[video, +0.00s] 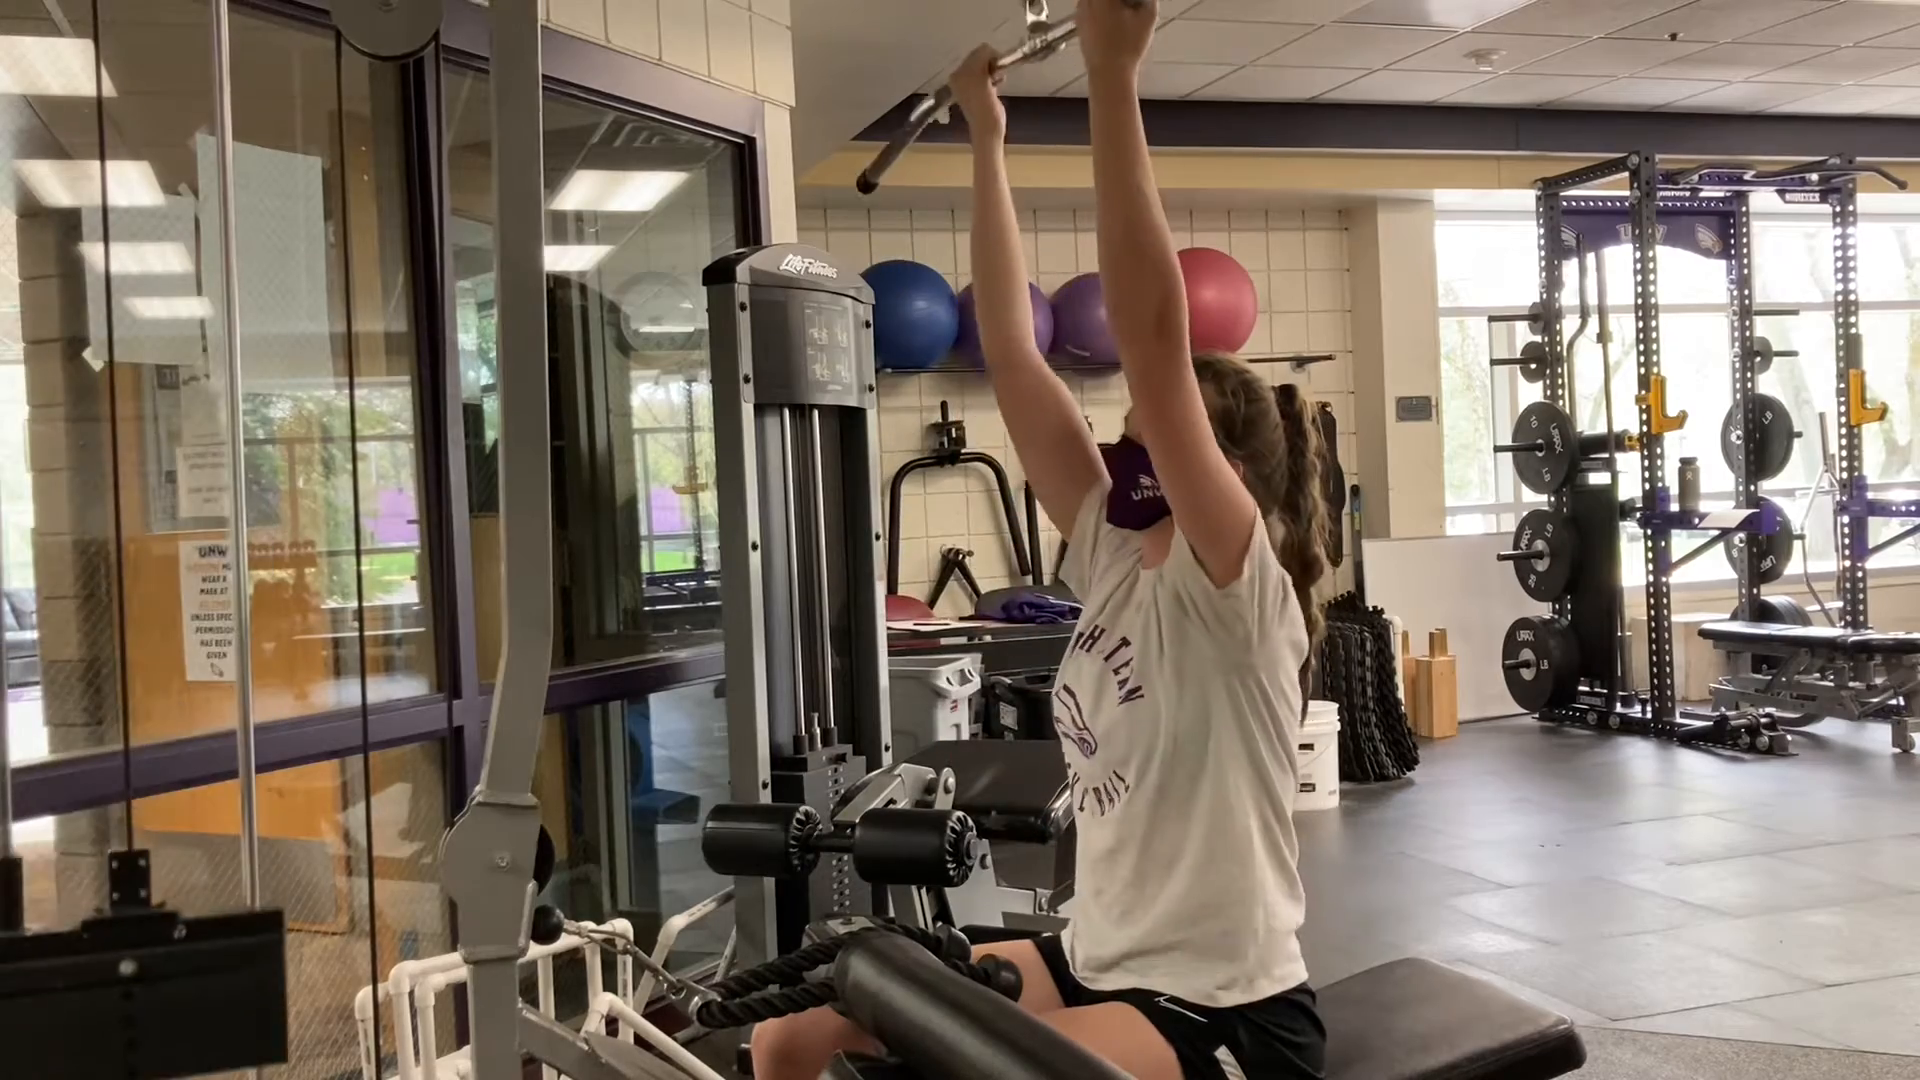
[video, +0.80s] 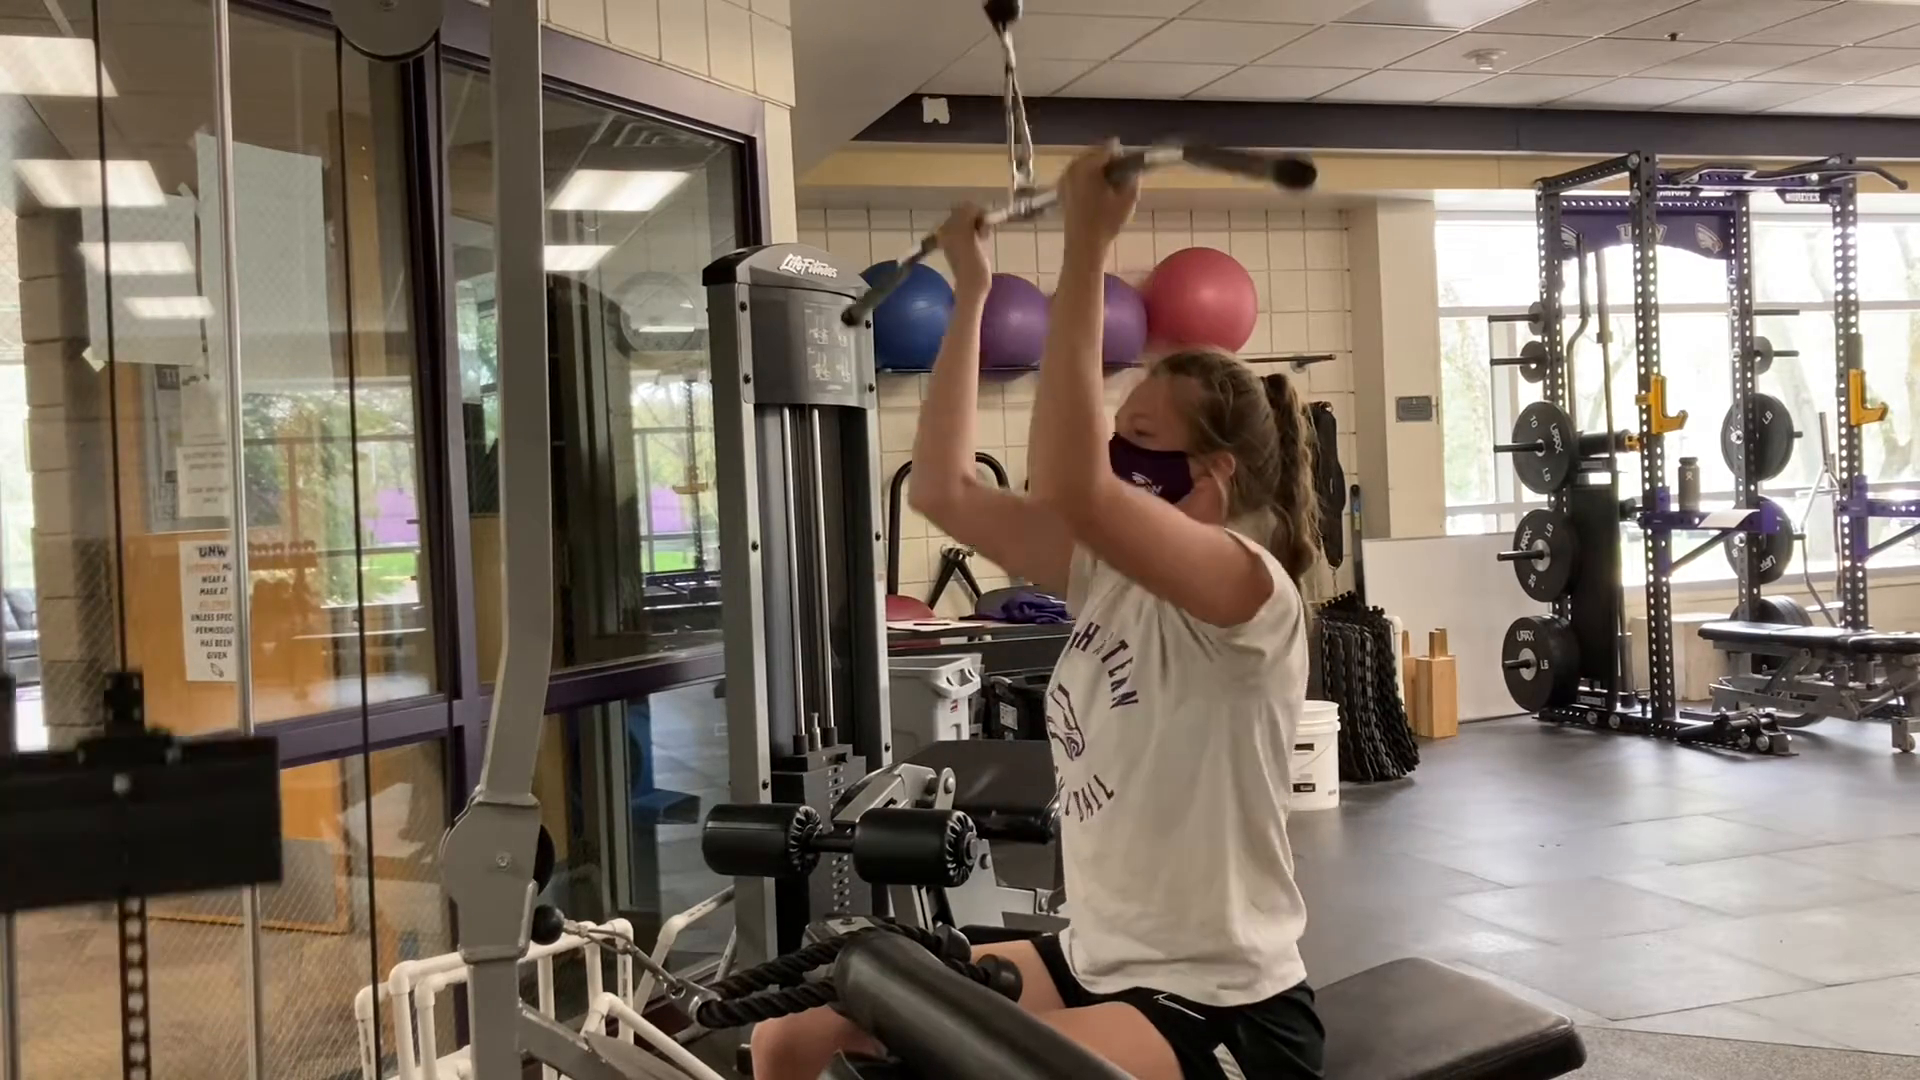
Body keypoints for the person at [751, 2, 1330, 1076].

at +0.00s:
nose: (1141, 436)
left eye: (1174, 412)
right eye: (1147, 415)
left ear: (1230, 452)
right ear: (1147, 436)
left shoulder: (1242, 581)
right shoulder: (1104, 550)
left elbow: (1153, 343)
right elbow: (1011, 349)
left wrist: (1112, 75)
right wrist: (984, 133)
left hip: (1223, 1010)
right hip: (1094, 971)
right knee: (790, 1045)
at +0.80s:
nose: (1112, 465)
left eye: (1139, 453)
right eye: (1112, 443)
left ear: (1213, 480)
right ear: (1096, 436)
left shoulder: (1246, 588)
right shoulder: (1102, 566)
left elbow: (1073, 488)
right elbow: (942, 488)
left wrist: (1086, 243)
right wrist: (971, 293)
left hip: (1224, 1007)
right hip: (1095, 963)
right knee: (789, 1038)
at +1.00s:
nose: (1114, 467)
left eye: (1144, 450)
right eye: (1116, 444)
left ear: (1221, 474)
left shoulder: (1260, 597)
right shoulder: (1114, 574)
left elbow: (1071, 612)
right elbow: (939, 593)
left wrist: (1090, 375)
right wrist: (969, 410)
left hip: (1227, 1008)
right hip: (1091, 961)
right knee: (792, 1038)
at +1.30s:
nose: (1122, 463)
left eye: (1151, 448)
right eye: (1123, 443)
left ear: (1228, 475)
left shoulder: (1261, 608)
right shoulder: (1129, 599)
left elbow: (1114, 783)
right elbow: (987, 750)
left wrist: (1110, 549)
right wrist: (986, 560)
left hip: (1222, 1002)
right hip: (1093, 958)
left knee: (971, 1067)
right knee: (787, 1043)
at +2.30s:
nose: (1124, 469)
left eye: (1153, 454)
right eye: (1128, 448)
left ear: (1231, 481)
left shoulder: (1259, 604)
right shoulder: (1119, 596)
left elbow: (1098, 617)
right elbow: (945, 609)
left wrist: (1095, 384)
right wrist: (979, 420)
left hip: (1225, 1011)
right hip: (1091, 964)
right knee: (788, 1039)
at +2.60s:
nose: (1131, 451)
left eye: (1157, 441)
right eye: (1131, 434)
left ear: (1226, 481)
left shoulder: (1251, 593)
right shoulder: (1106, 572)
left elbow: (1099, 452)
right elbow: (962, 481)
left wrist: (1100, 217)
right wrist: (981, 278)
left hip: (1222, 1013)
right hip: (1088, 967)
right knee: (788, 1041)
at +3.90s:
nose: (1107, 465)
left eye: (1138, 449)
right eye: (1111, 445)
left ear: (1219, 475)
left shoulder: (1250, 588)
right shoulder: (1114, 577)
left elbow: (1063, 566)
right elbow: (944, 561)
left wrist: (1074, 337)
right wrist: (974, 375)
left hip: (1225, 1006)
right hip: (1094, 960)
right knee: (795, 1033)